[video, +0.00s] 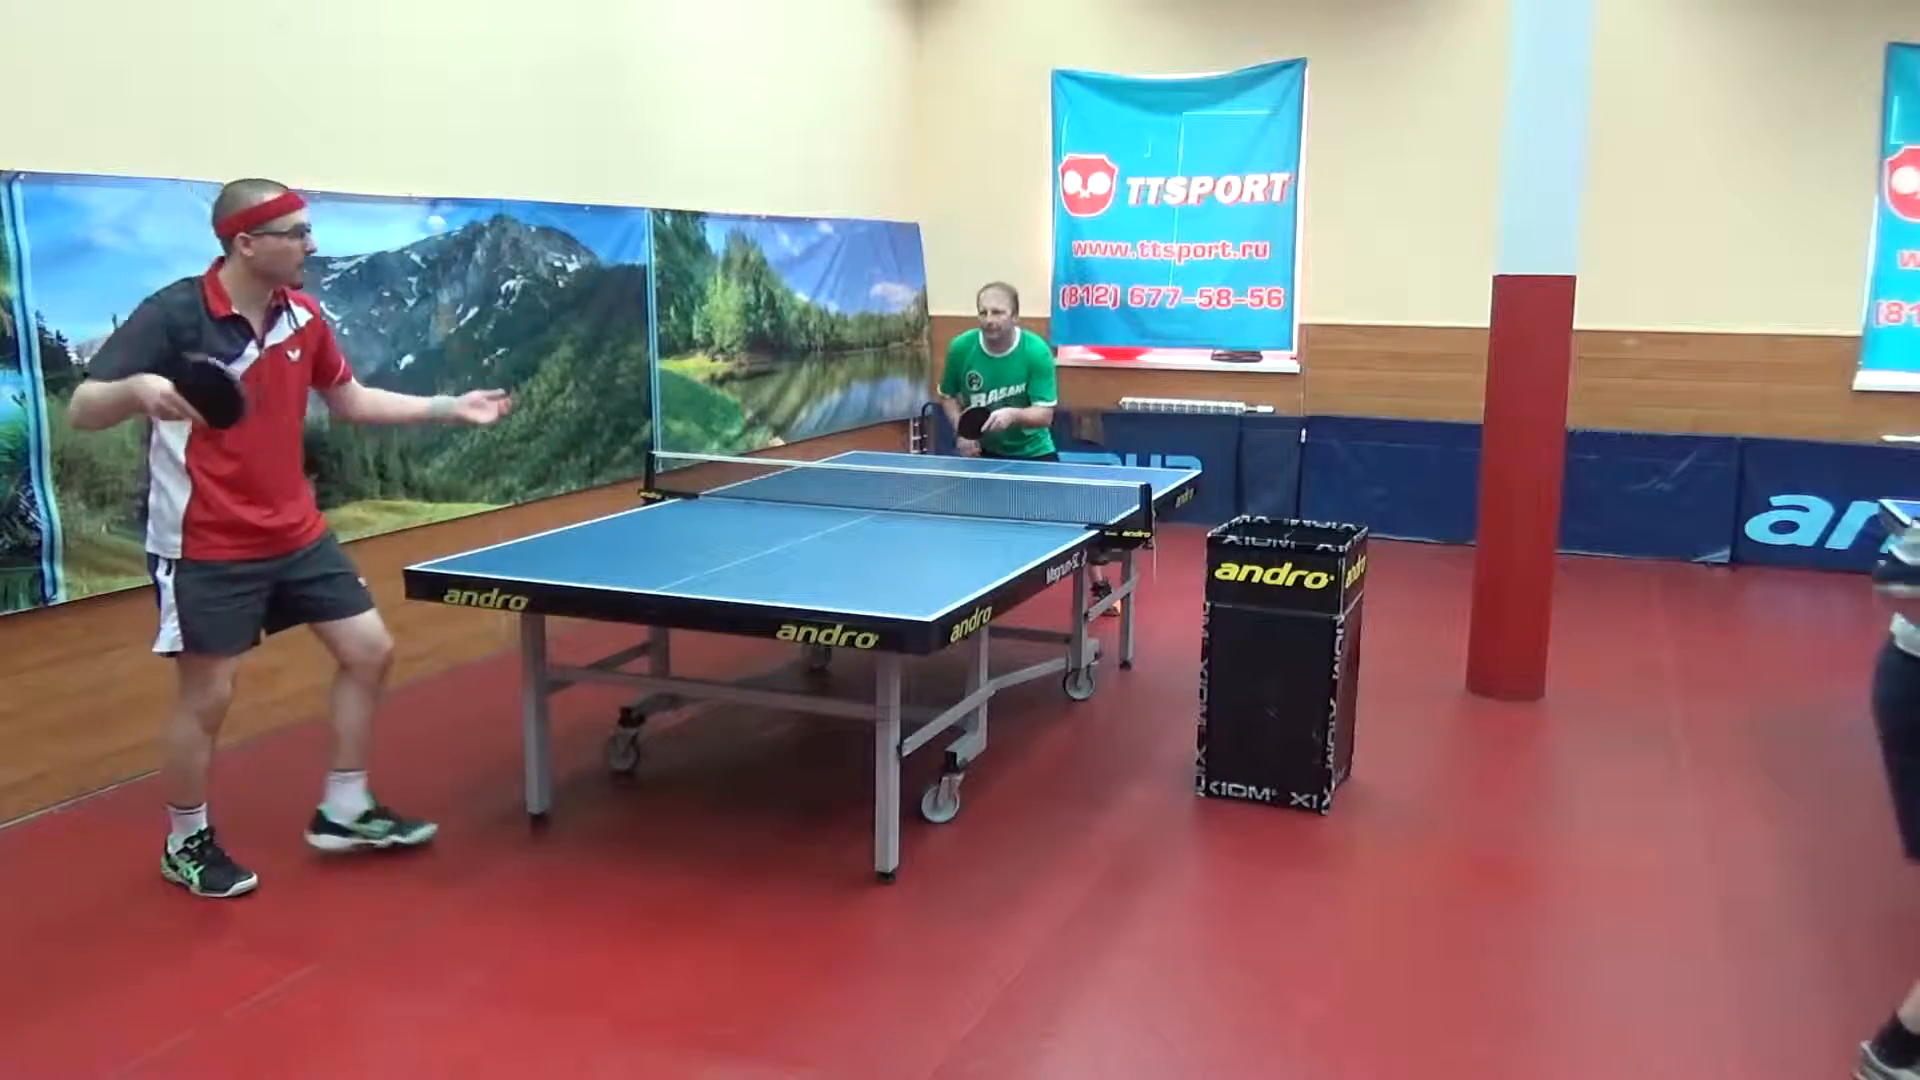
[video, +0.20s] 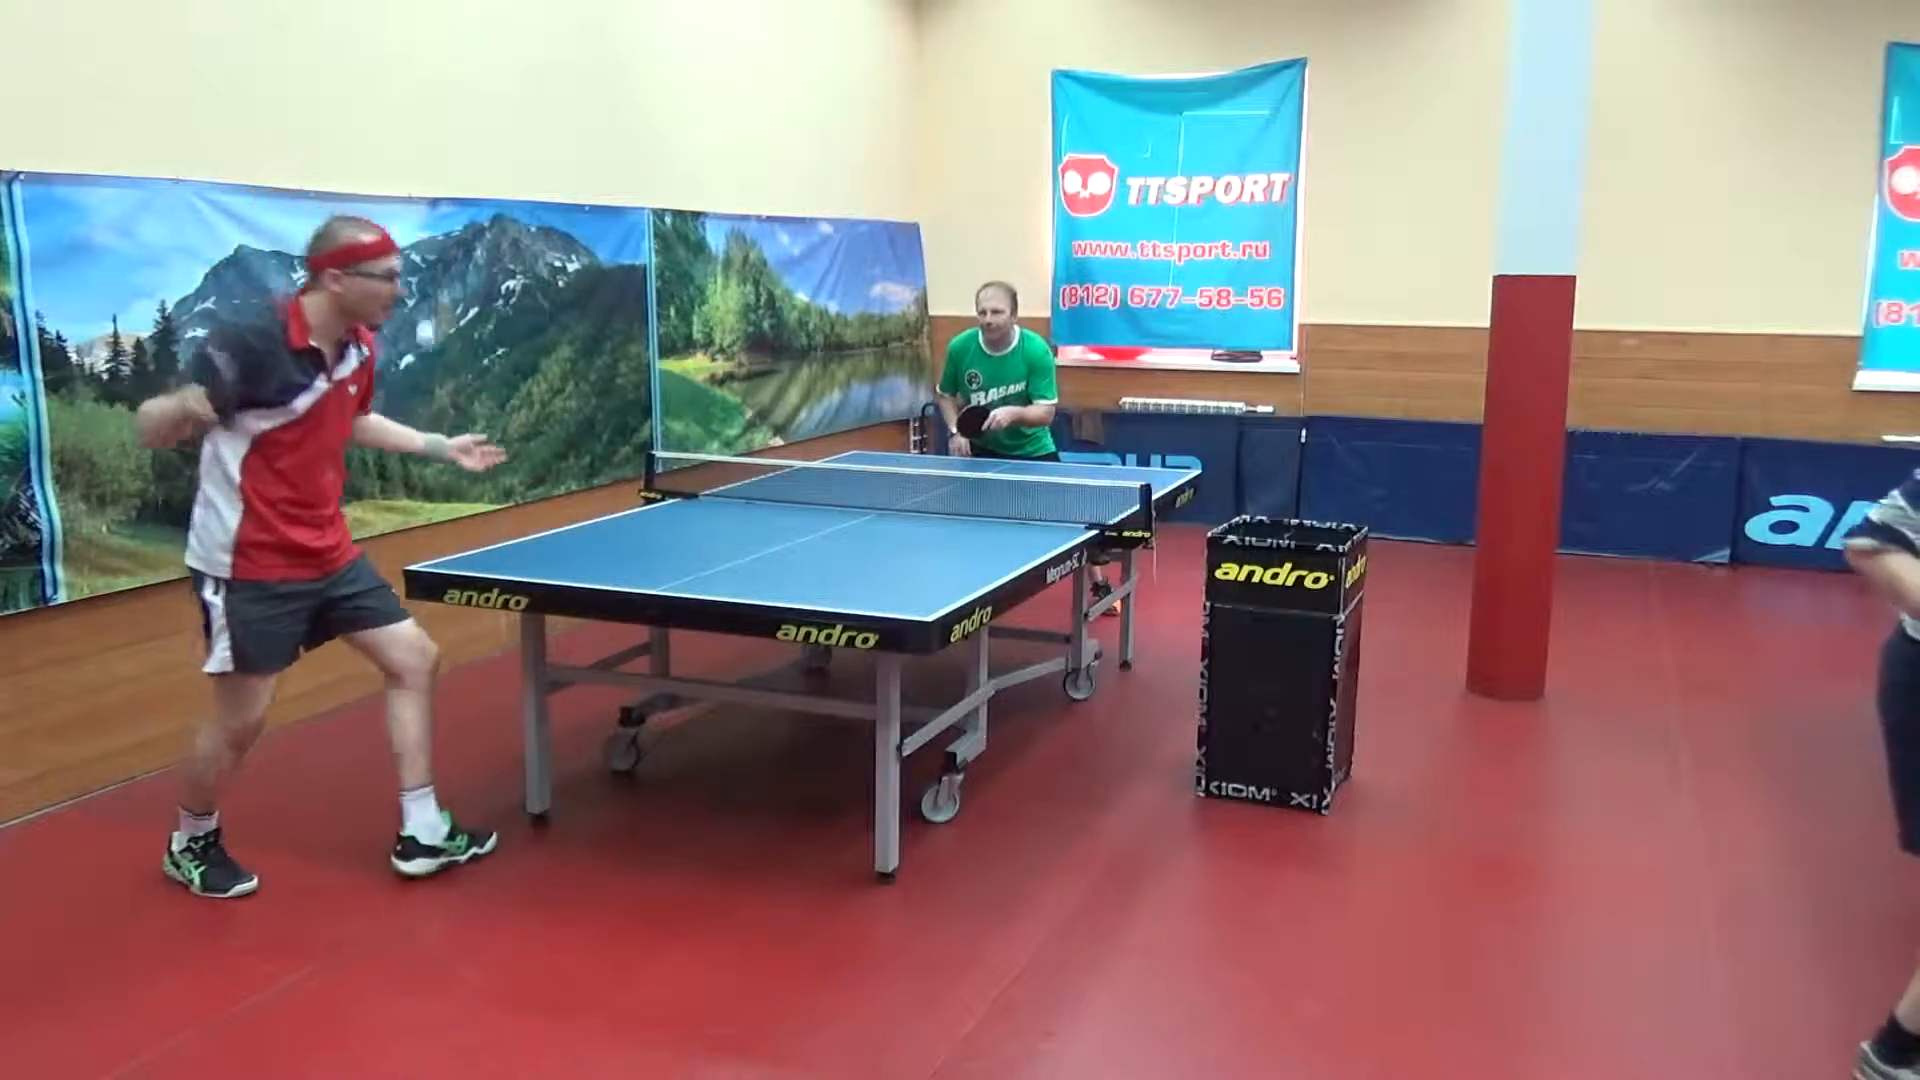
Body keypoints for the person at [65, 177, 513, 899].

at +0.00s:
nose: (308, 244)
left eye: (307, 230)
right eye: (294, 234)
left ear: (276, 243)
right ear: (245, 244)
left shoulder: (303, 315)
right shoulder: (172, 316)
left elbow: (351, 401)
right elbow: (83, 409)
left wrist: (449, 407)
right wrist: (135, 391)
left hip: (296, 533)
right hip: (205, 546)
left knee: (368, 652)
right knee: (206, 699)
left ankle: (344, 812)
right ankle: (187, 842)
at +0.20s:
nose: (397, 289)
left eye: (397, 275)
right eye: (384, 277)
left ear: (351, 281)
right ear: (333, 280)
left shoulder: (359, 347)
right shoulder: (253, 344)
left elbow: (349, 422)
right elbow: (150, 425)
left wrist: (443, 445)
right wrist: (186, 408)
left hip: (328, 552)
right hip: (246, 563)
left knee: (414, 660)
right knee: (239, 722)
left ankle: (422, 831)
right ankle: (192, 841)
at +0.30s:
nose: (455, 311)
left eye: (456, 298)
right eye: (445, 298)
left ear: (405, 297)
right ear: (397, 296)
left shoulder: (390, 362)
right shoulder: (303, 348)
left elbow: (356, 436)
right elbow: (206, 426)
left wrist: (433, 466)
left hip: (355, 561)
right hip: (279, 572)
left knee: (436, 667)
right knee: (282, 728)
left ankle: (426, 835)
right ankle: (195, 831)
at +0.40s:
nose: (497, 320)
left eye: (497, 307)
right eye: (490, 306)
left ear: (449, 305)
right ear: (449, 304)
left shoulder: (410, 363)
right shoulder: (361, 353)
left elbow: (364, 456)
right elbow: (283, 442)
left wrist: (435, 480)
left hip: (376, 563)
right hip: (317, 574)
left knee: (453, 669)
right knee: (351, 734)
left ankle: (427, 837)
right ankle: (216, 805)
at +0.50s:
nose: (514, 325)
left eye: (515, 313)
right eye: (510, 312)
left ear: (468, 306)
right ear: (478, 309)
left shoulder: (422, 353)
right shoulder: (415, 360)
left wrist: (442, 469)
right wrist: (457, 483)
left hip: (386, 562)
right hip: (346, 572)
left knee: (463, 665)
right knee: (419, 731)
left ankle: (429, 835)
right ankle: (260, 814)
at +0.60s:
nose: (528, 328)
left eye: (529, 316)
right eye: (526, 315)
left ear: (465, 304)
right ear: (502, 312)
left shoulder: (396, 351)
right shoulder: (452, 369)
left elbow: (362, 470)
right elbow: (428, 493)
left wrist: (450, 471)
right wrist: (490, 480)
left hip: (356, 564)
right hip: (384, 570)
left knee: (463, 697)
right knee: (483, 726)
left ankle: (430, 841)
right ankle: (335, 874)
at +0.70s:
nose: (544, 328)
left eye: (545, 315)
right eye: (544, 315)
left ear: (479, 302)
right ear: (523, 313)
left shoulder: (405, 353)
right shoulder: (479, 367)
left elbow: (367, 467)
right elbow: (462, 498)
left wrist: (470, 477)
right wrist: (508, 486)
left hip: (365, 566)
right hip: (417, 570)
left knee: (457, 686)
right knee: (524, 729)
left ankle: (430, 839)